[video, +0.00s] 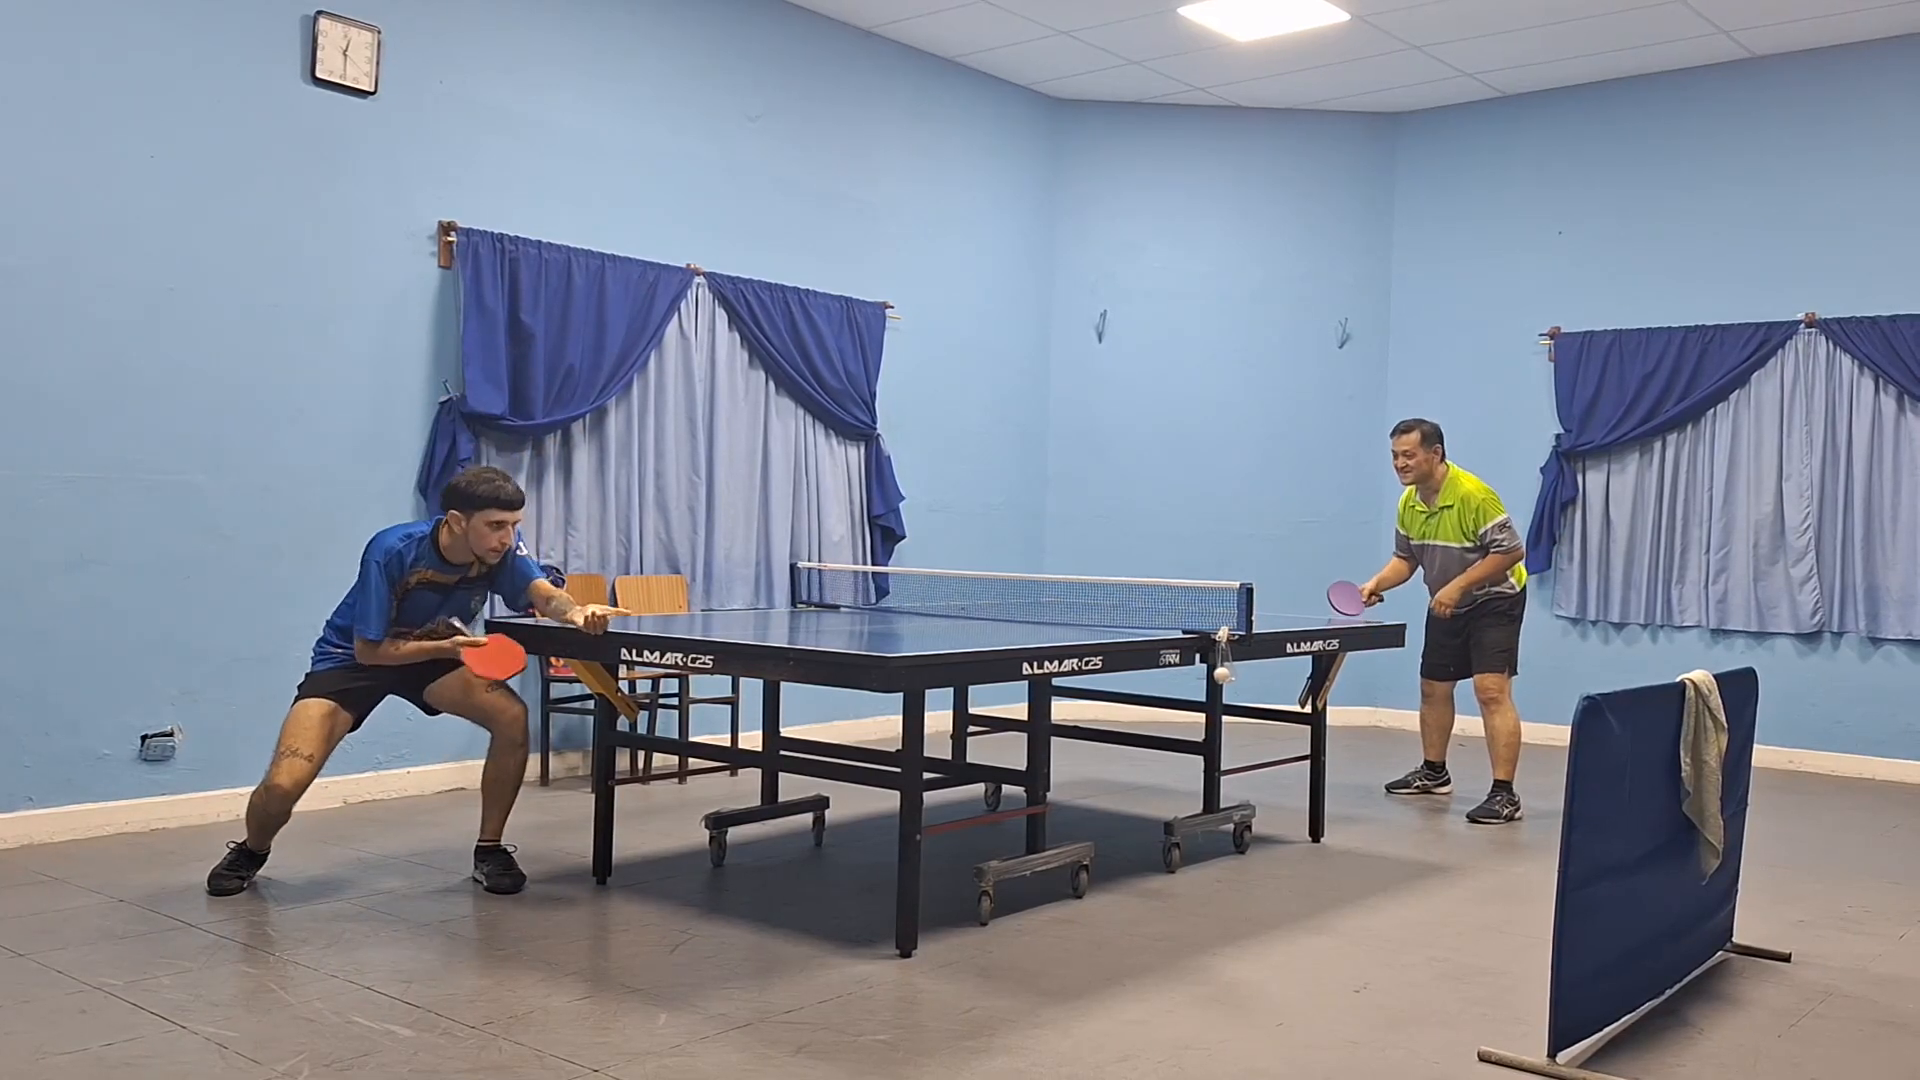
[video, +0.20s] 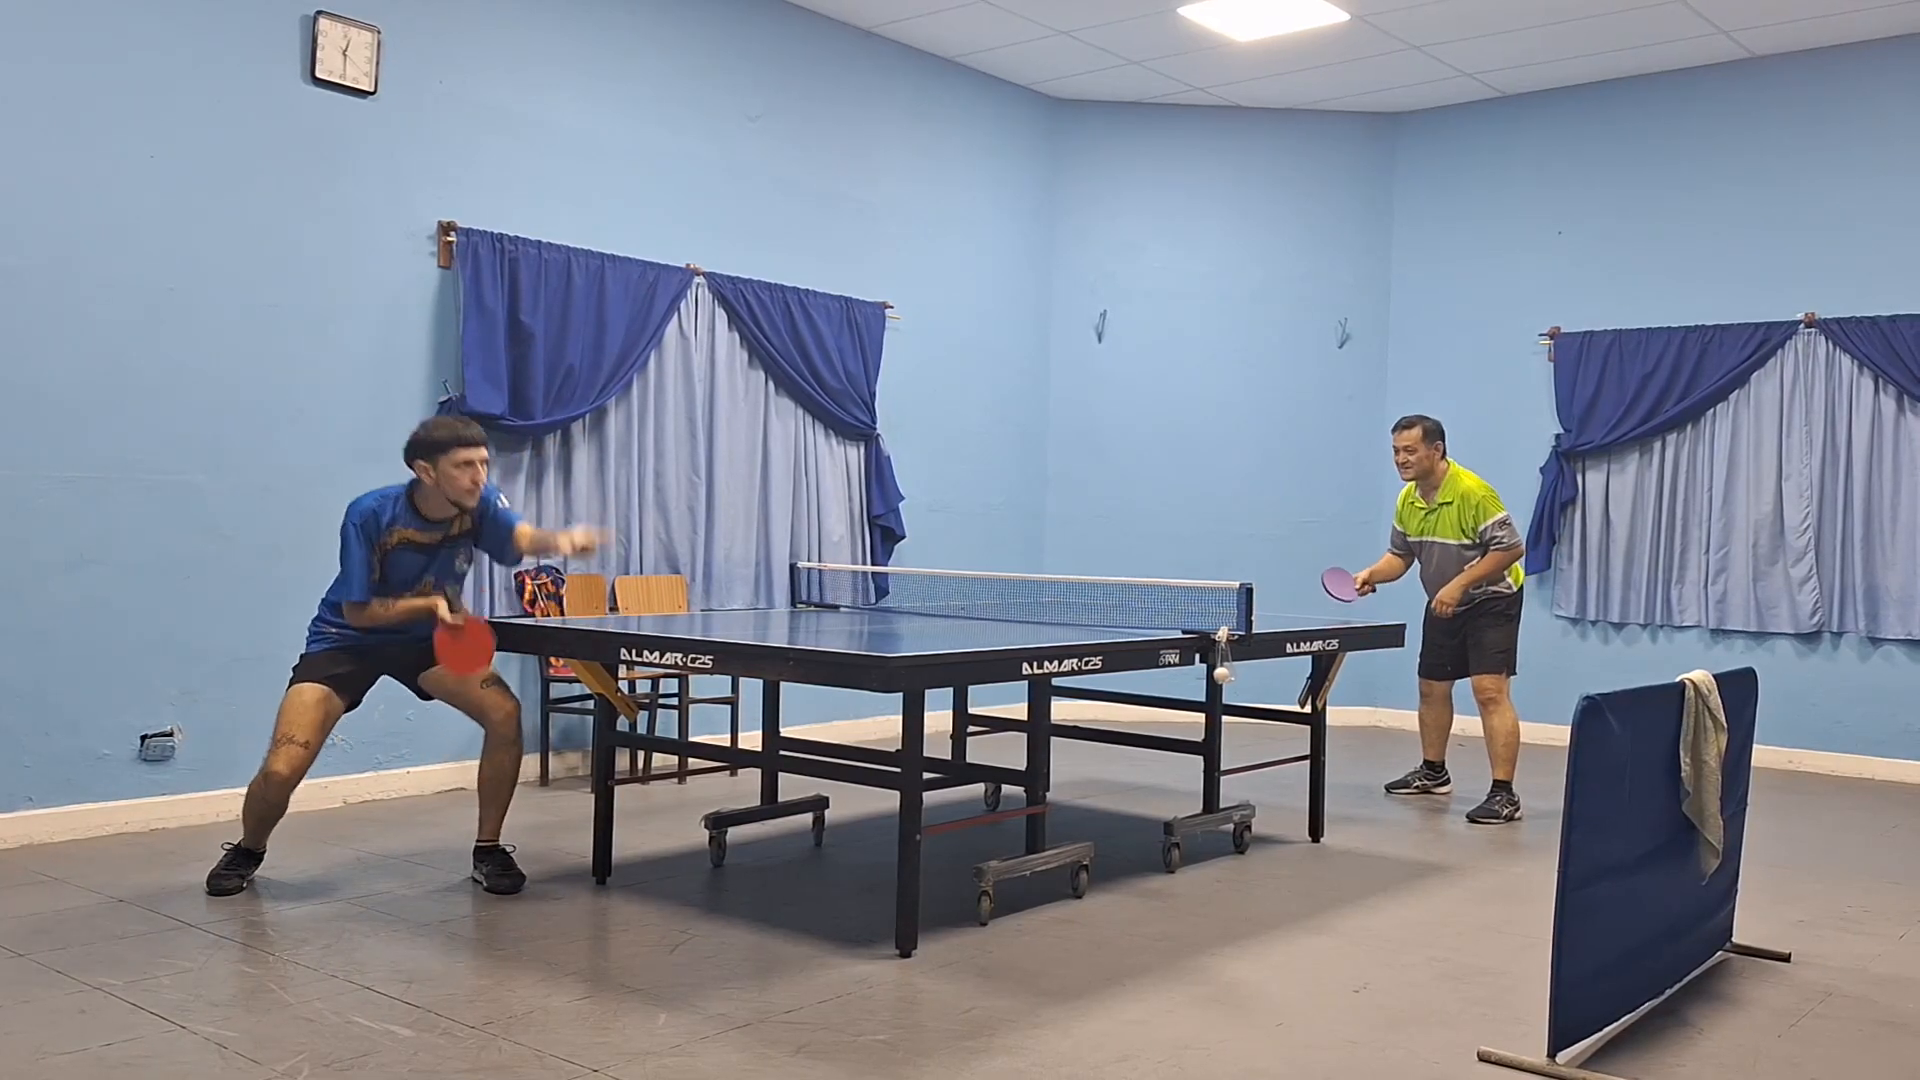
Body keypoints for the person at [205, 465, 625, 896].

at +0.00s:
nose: (507, 540)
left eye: (512, 528)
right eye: (496, 528)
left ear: (511, 526)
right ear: (455, 522)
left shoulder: (499, 556)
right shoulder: (391, 553)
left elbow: (542, 594)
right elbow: (368, 650)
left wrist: (574, 612)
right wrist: (445, 646)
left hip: (428, 660)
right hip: (351, 661)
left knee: (511, 716)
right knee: (282, 785)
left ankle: (490, 851)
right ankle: (251, 853)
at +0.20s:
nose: (478, 477)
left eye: (482, 465)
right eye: (465, 467)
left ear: (487, 466)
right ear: (425, 471)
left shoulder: (479, 507)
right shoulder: (369, 515)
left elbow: (515, 540)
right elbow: (358, 611)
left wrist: (560, 542)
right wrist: (428, 604)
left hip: (423, 640)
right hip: (345, 640)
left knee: (504, 713)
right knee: (282, 767)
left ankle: (488, 850)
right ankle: (247, 851)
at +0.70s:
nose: (357, 367)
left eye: (358, 357)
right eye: (339, 360)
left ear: (366, 370)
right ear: (304, 385)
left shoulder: (400, 431)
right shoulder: (276, 441)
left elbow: (496, 453)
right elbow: (196, 478)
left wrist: (558, 427)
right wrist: (159, 456)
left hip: (375, 598)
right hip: (288, 602)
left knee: (443, 703)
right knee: (246, 739)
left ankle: (480, 845)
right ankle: (243, 850)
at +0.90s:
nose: (387, 386)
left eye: (384, 376)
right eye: (371, 381)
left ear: (382, 390)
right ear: (334, 403)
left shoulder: (402, 451)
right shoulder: (284, 445)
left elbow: (456, 501)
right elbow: (185, 476)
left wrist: (538, 503)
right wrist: (122, 416)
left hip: (347, 596)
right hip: (266, 600)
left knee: (447, 672)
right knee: (235, 747)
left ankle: (382, 786)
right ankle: (242, 851)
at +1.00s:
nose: (432, 422)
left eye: (428, 411)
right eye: (417, 414)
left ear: (384, 430)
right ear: (374, 430)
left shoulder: (416, 474)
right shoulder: (308, 449)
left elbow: (448, 521)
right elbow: (200, 453)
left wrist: (523, 533)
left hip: (335, 609)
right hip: (257, 610)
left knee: (435, 684)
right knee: (240, 759)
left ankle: (353, 802)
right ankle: (242, 849)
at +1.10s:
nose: (476, 472)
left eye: (477, 460)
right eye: (468, 460)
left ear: (429, 462)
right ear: (426, 460)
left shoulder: (424, 503)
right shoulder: (358, 459)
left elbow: (434, 538)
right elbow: (258, 434)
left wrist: (508, 552)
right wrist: (336, 499)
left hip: (324, 613)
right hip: (250, 611)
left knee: (417, 708)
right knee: (246, 766)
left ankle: (377, 849)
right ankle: (238, 845)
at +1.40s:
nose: (486, 436)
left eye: (488, 424)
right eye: (482, 423)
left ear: (445, 422)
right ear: (448, 421)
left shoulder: (389, 476)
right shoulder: (377, 431)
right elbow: (299, 439)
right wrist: (371, 511)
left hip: (282, 583)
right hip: (233, 570)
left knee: (352, 699)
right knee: (286, 719)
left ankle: (345, 845)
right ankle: (151, 848)